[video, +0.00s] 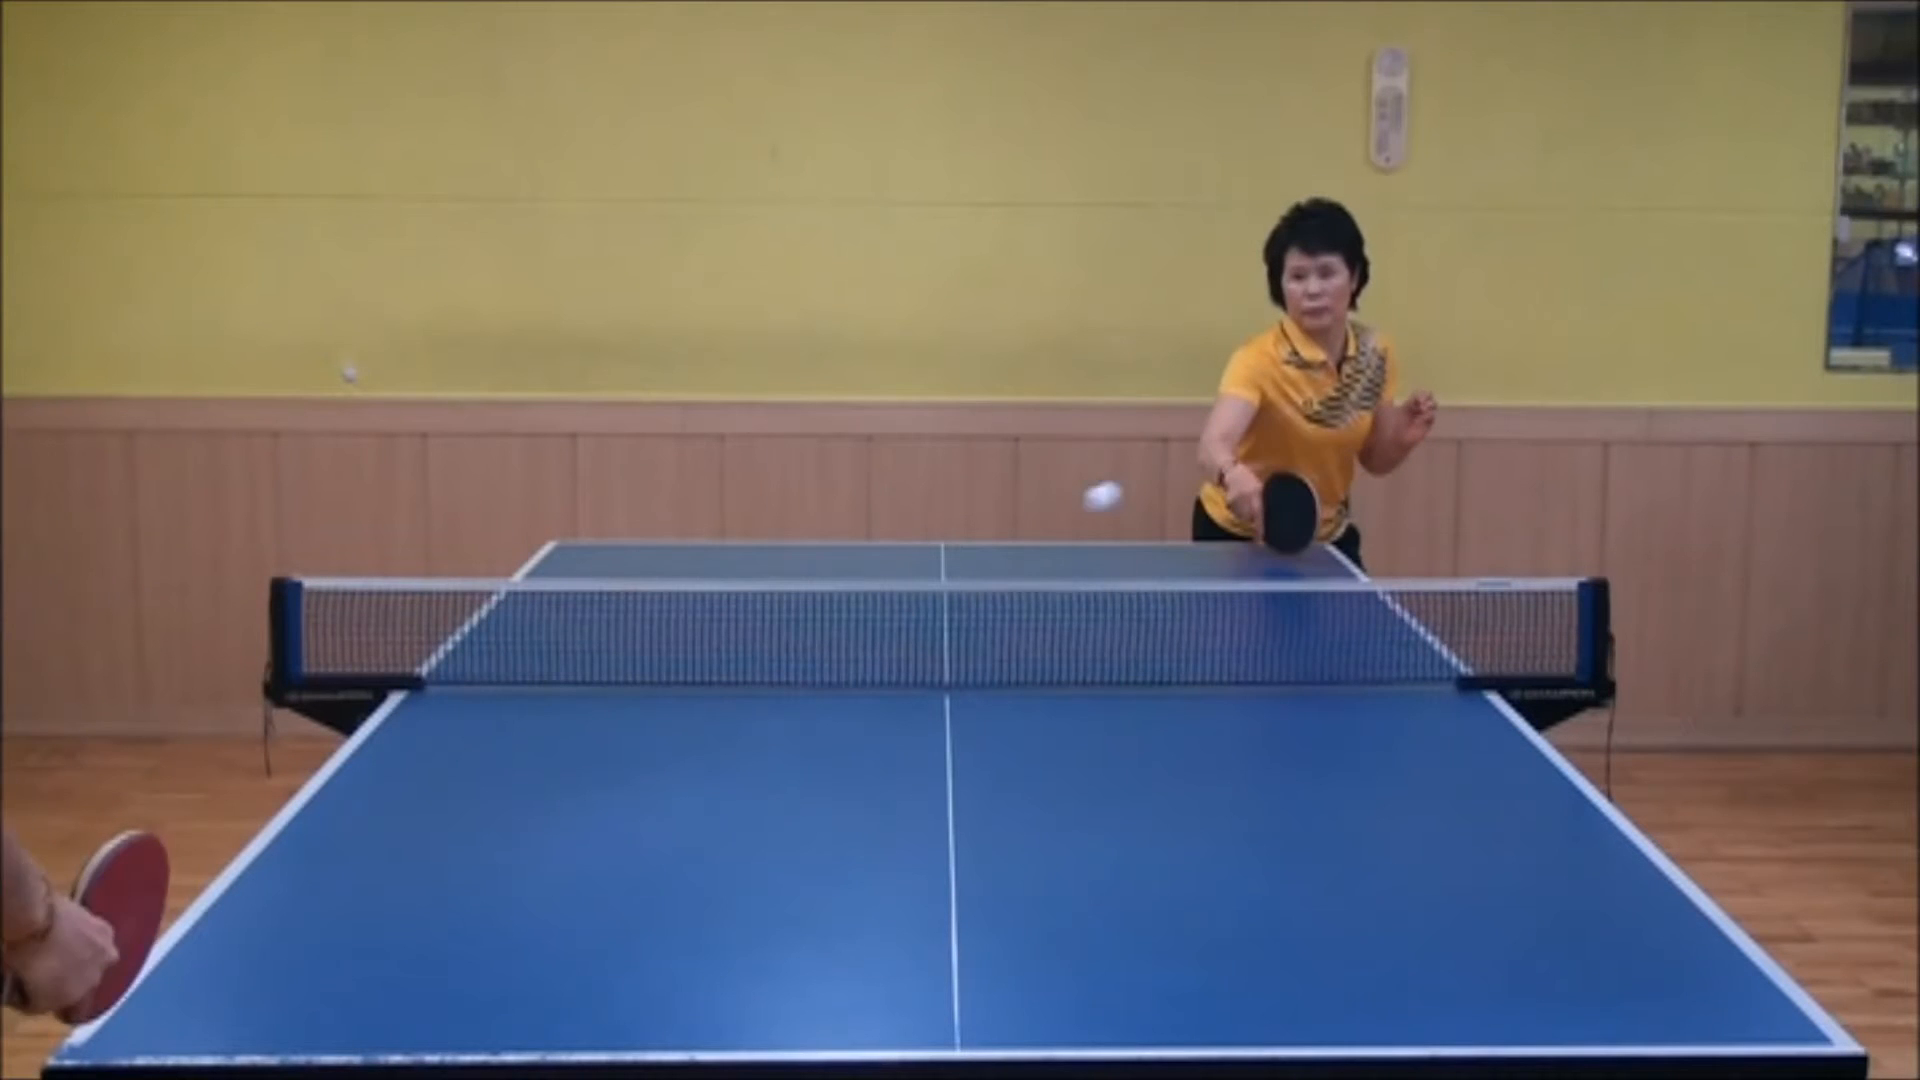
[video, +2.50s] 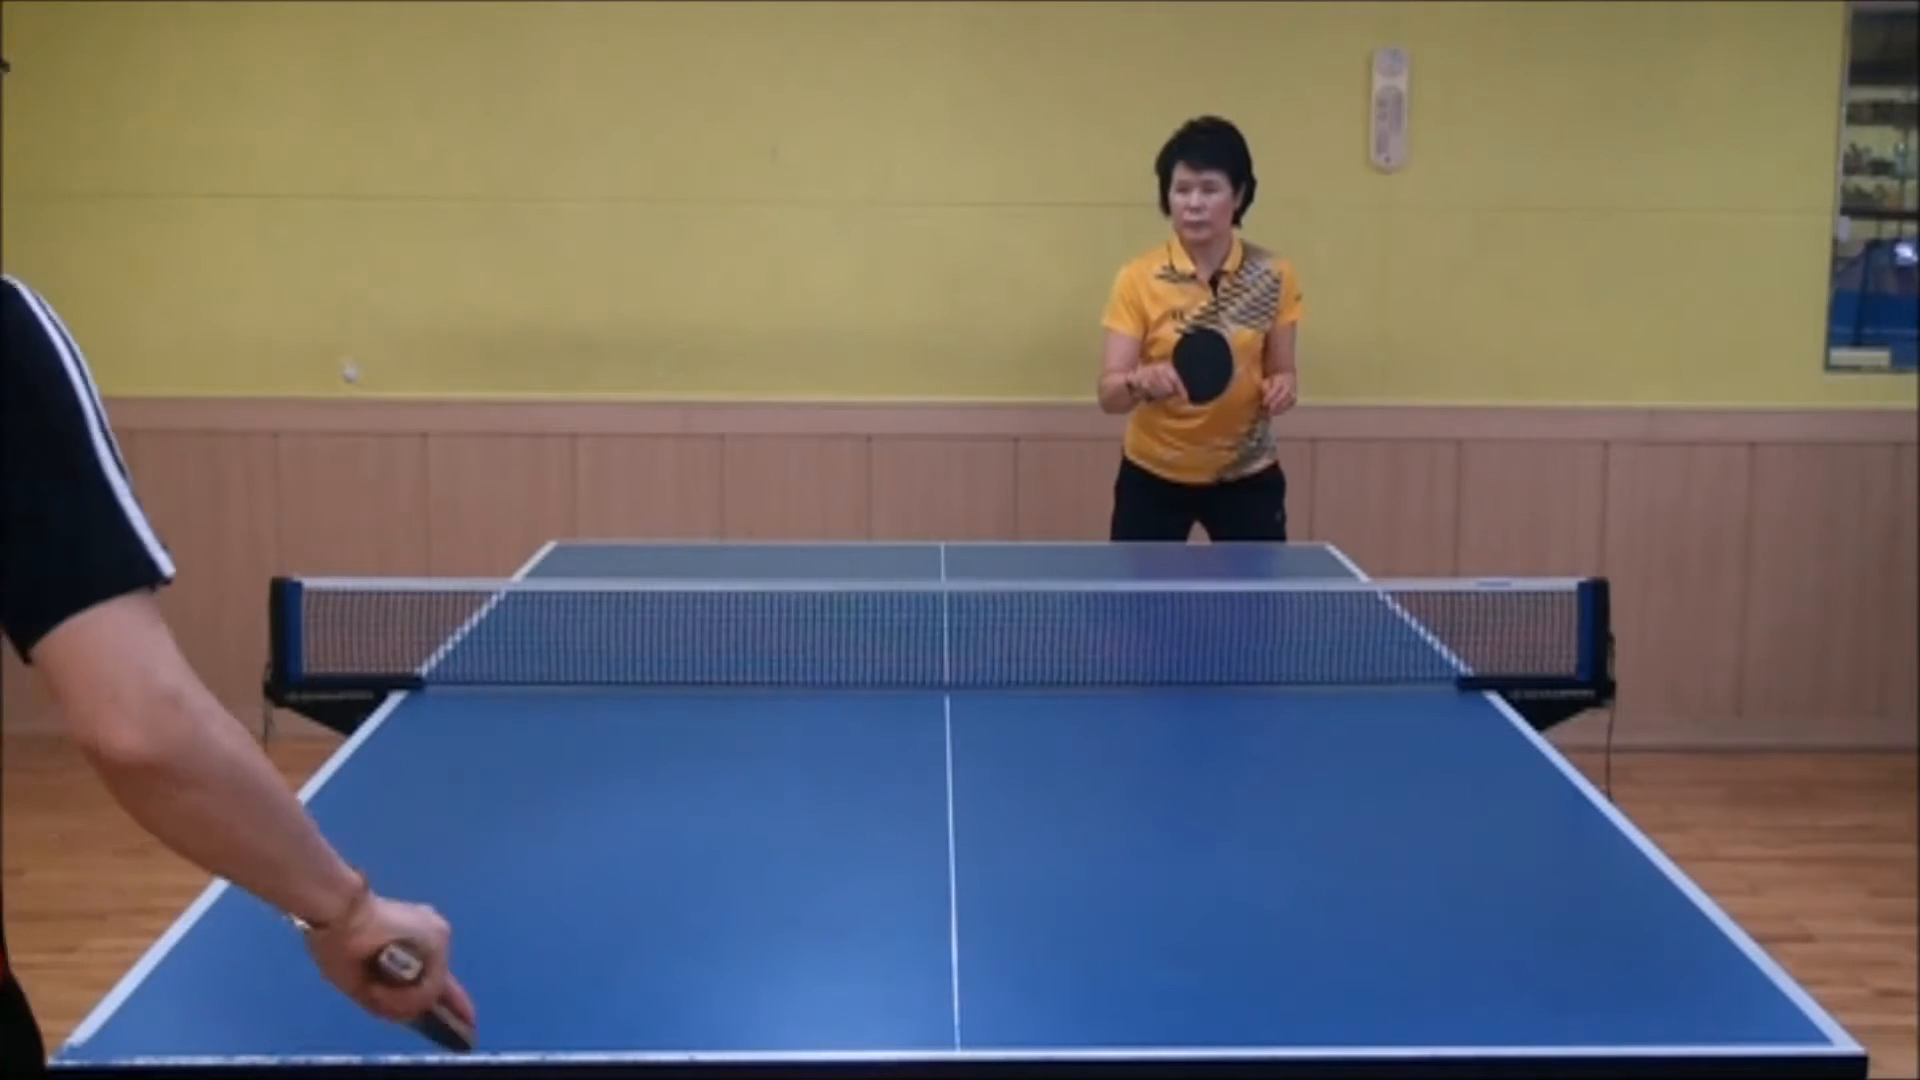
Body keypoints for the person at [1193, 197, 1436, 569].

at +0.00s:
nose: (1312, 289)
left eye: (1327, 274)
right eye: (1298, 276)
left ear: (1355, 278)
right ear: (1280, 285)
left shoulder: (1373, 357)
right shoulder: (1258, 360)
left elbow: (1374, 460)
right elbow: (1213, 444)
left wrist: (1399, 441)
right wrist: (1233, 473)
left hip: (1328, 537)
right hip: (1239, 535)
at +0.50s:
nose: (1306, 285)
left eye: (1321, 269)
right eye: (1291, 271)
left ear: (1350, 276)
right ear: (1274, 281)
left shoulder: (1371, 356)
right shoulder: (1251, 360)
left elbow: (1376, 459)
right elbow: (1205, 454)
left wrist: (1403, 448)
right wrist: (1236, 480)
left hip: (1327, 538)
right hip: (1238, 538)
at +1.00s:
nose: (1290, 259)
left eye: (1305, 243)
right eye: (1276, 246)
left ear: (1335, 251)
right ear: (1259, 258)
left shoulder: (1364, 332)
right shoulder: (1237, 340)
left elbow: (1375, 440)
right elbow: (1187, 445)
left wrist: (1397, 427)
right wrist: (1226, 453)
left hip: (1331, 532)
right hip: (1240, 531)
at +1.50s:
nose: (1263, 208)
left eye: (1279, 194)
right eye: (1251, 194)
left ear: (1312, 201)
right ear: (1236, 204)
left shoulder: (1349, 281)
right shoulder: (1212, 288)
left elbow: (1360, 376)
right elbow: (1179, 403)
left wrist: (1371, 391)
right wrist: (1214, 386)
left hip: (1319, 484)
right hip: (1227, 480)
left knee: (1317, 612)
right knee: (1206, 612)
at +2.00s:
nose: (1165, 208)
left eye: (1181, 194)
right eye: (1154, 194)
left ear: (1212, 202)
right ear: (1139, 202)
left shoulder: (1249, 282)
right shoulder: (1112, 285)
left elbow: (1259, 372)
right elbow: (1077, 397)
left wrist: (1252, 390)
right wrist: (1105, 382)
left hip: (1227, 483)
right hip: (1134, 481)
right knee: (1117, 599)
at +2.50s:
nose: (1193, 203)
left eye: (1209, 189)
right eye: (1182, 189)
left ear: (1239, 196)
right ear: (1166, 196)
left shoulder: (1273, 279)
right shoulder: (1139, 280)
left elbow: (1282, 372)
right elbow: (1110, 395)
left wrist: (1280, 388)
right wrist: (1139, 382)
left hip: (1245, 482)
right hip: (1154, 479)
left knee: (1261, 600)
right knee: (1135, 600)